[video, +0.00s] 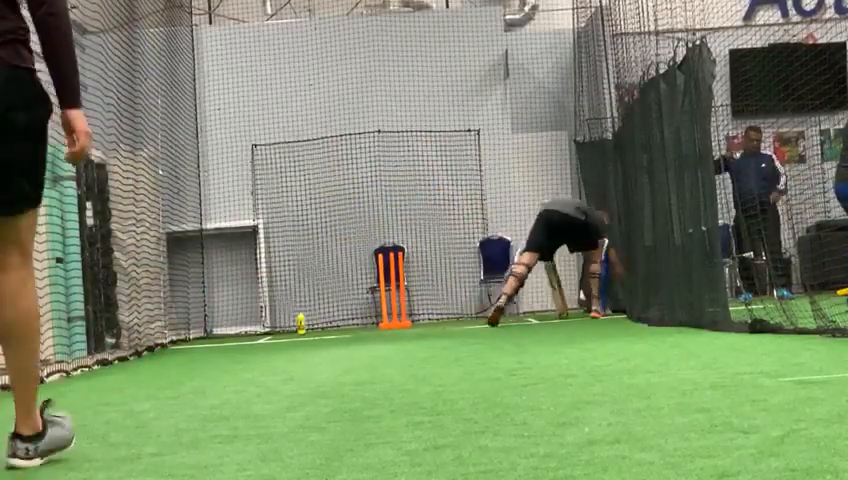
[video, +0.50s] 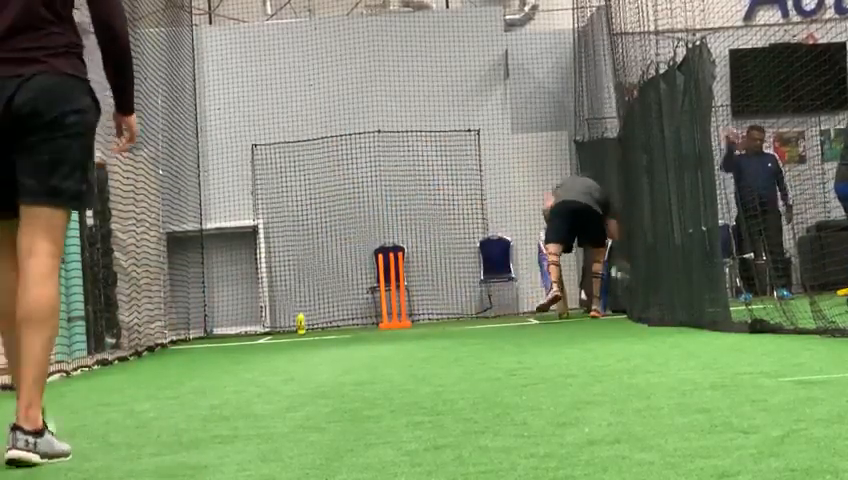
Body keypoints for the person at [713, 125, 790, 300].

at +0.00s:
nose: (755, 144)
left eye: (758, 141)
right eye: (752, 140)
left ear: (761, 142)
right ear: (744, 140)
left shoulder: (768, 159)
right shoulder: (733, 161)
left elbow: (782, 177)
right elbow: (712, 169)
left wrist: (778, 191)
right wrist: (726, 156)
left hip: (767, 209)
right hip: (743, 211)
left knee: (773, 247)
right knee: (744, 251)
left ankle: (779, 286)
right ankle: (749, 289)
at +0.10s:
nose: (756, 144)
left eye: (758, 141)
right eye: (753, 140)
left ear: (761, 142)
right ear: (744, 140)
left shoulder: (767, 160)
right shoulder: (734, 160)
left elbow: (775, 184)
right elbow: (713, 162)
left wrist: (773, 204)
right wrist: (724, 150)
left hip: (766, 211)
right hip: (743, 213)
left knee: (773, 249)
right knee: (744, 252)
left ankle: (780, 286)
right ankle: (749, 289)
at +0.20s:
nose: (756, 144)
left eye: (759, 140)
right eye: (753, 140)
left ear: (761, 142)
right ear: (743, 140)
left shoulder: (767, 159)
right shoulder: (732, 159)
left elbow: (775, 184)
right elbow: (712, 157)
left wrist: (778, 205)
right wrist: (723, 144)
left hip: (768, 210)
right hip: (745, 212)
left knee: (774, 249)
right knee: (745, 252)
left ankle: (780, 286)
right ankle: (749, 290)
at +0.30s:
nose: (757, 144)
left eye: (759, 140)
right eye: (754, 140)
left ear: (761, 141)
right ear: (744, 140)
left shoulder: (768, 158)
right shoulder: (733, 158)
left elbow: (779, 184)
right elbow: (714, 154)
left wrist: (784, 206)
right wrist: (724, 139)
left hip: (769, 209)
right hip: (745, 211)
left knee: (775, 248)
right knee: (745, 251)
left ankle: (780, 286)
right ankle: (749, 290)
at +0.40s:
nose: (758, 143)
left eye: (760, 140)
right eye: (754, 140)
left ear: (763, 141)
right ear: (745, 140)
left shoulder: (770, 159)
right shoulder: (735, 158)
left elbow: (781, 184)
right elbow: (716, 155)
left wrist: (786, 206)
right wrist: (725, 140)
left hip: (769, 211)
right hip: (746, 212)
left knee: (775, 248)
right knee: (745, 252)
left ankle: (780, 286)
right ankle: (749, 290)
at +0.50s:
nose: (758, 143)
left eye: (761, 140)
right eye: (754, 139)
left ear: (764, 141)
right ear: (746, 140)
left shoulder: (770, 159)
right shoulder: (738, 159)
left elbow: (781, 183)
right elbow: (726, 167)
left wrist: (787, 204)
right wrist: (730, 148)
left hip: (770, 211)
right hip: (746, 212)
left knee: (776, 248)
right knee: (745, 252)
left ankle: (782, 286)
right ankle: (749, 289)